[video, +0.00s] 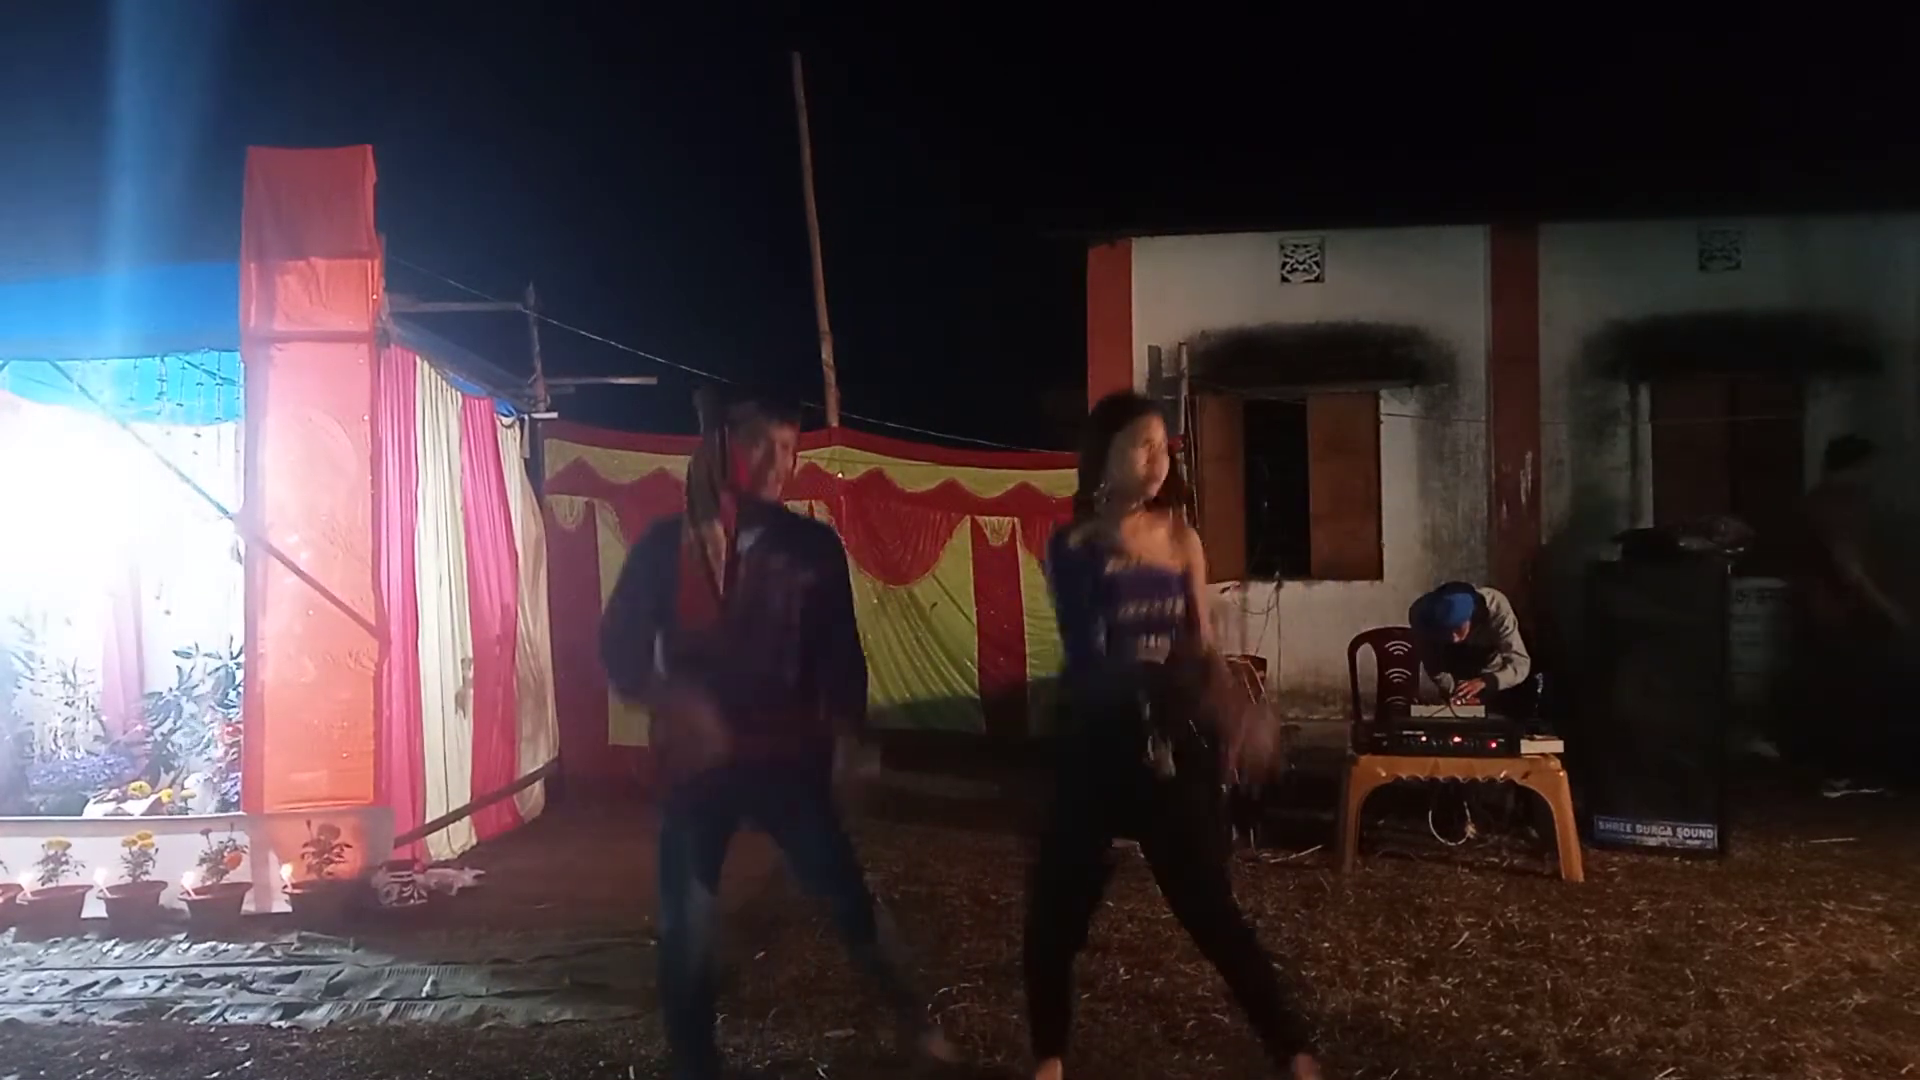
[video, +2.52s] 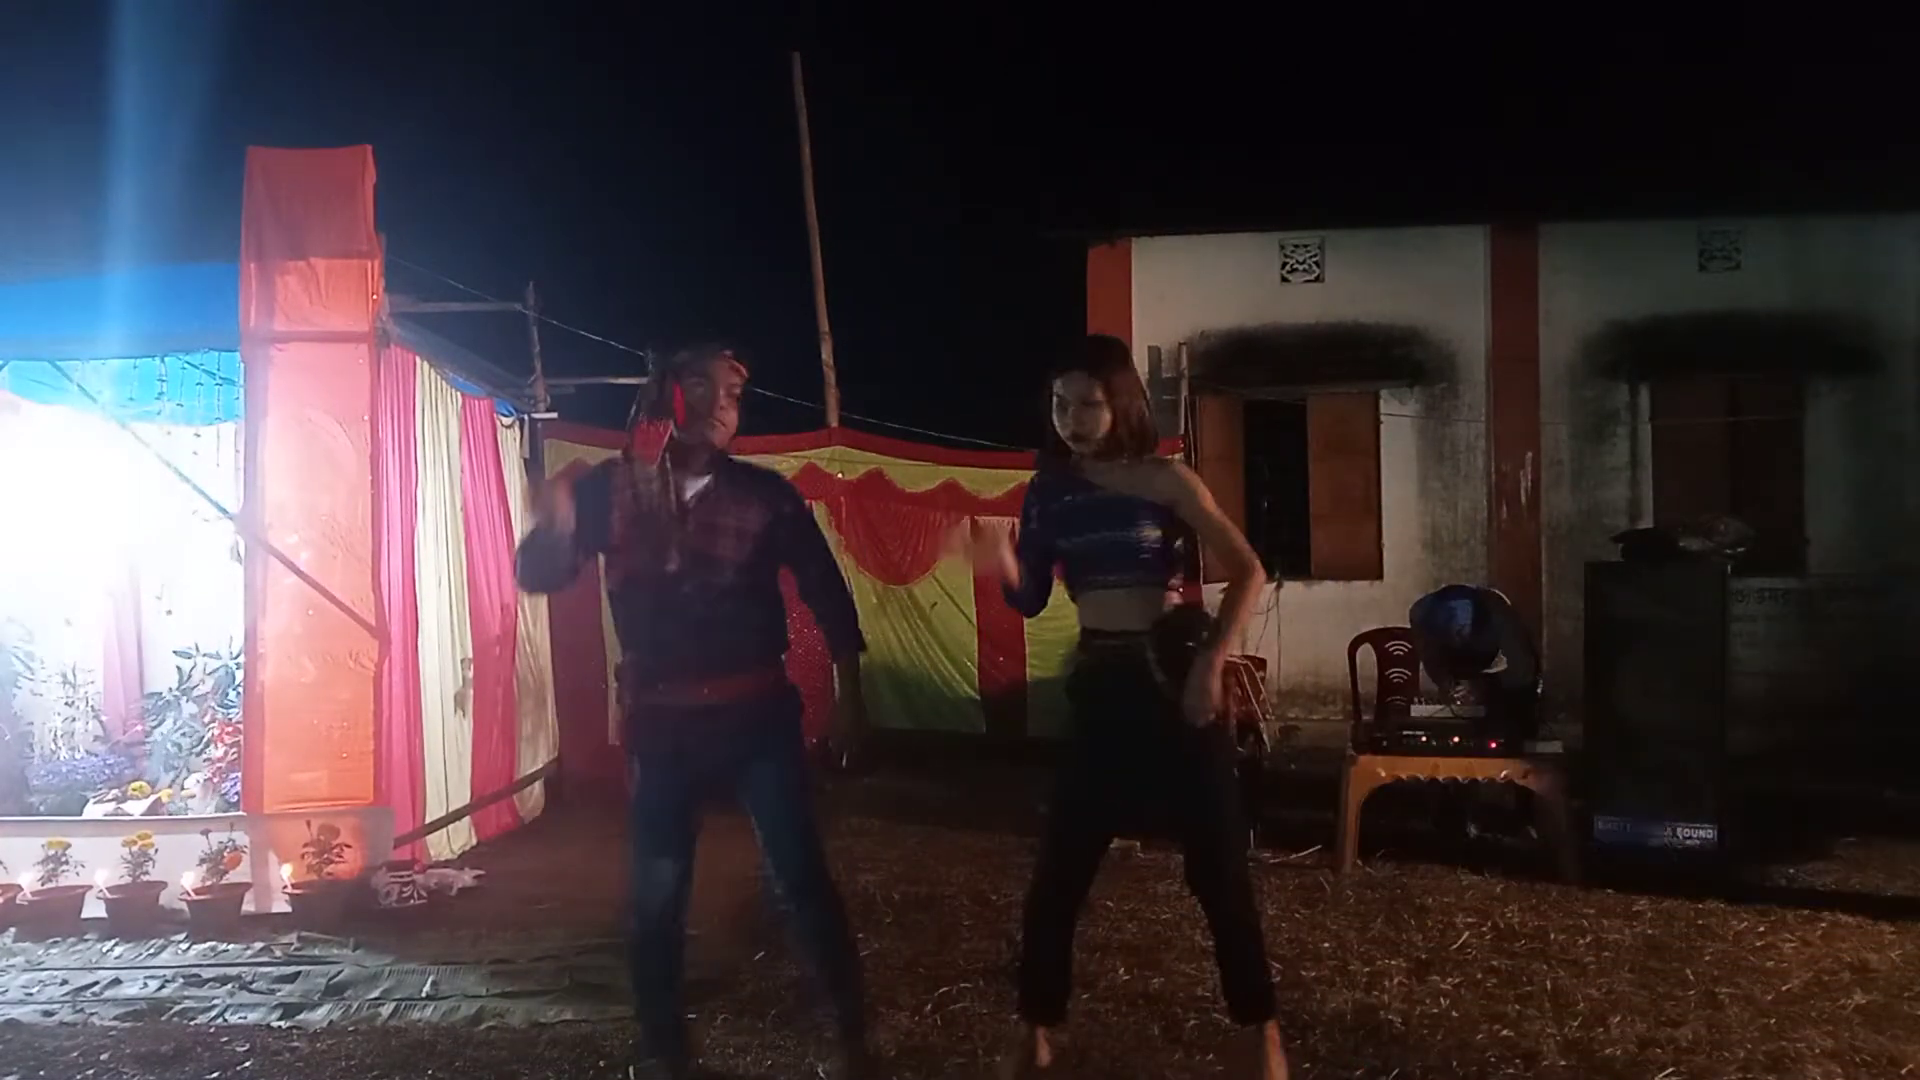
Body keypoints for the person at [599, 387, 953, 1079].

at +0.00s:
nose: (778, 464)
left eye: (787, 450)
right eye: (764, 447)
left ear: (791, 457)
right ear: (725, 448)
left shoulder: (814, 544)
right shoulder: (669, 542)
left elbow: (841, 648)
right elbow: (622, 643)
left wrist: (849, 732)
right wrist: (664, 693)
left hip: (789, 761)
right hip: (699, 764)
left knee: (848, 900)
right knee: (685, 925)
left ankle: (917, 1019)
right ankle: (692, 1062)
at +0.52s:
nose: (769, 442)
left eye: (771, 429)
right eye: (749, 430)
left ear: (775, 447)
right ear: (703, 446)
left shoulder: (774, 542)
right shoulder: (686, 511)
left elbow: (831, 600)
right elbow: (731, 571)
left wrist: (868, 628)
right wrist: (833, 610)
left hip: (671, 751)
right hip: (592, 747)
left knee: (738, 907)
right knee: (572, 919)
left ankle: (756, 1065)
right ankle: (528, 1066)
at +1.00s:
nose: (744, 444)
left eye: (754, 432)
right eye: (731, 428)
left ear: (763, 440)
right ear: (691, 429)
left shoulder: (781, 507)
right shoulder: (640, 516)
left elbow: (845, 589)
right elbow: (577, 618)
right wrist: (616, 551)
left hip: (775, 730)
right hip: (683, 734)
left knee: (796, 889)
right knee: (653, 895)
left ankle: (797, 1045)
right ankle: (610, 1050)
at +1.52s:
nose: (742, 463)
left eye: (754, 448)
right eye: (728, 446)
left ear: (762, 445)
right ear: (690, 438)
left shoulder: (781, 498)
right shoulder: (641, 513)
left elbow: (827, 564)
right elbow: (568, 580)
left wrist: (738, 563)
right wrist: (530, 563)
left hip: (819, 715)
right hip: (729, 734)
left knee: (876, 870)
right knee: (716, 899)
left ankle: (927, 1016)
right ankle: (722, 1058)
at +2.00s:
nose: (748, 423)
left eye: (755, 409)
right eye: (730, 409)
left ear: (763, 422)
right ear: (688, 421)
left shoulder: (787, 514)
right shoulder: (634, 500)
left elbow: (835, 597)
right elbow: (535, 559)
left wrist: (815, 677)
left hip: (732, 727)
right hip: (634, 727)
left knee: (770, 881)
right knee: (611, 895)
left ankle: (780, 1045)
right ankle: (594, 1049)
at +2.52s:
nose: (738, 408)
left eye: (739, 394)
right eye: (727, 392)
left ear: (715, 402)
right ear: (680, 395)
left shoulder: (767, 495)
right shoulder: (609, 491)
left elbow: (827, 592)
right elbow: (538, 576)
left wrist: (848, 680)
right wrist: (553, 523)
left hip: (759, 718)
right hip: (663, 724)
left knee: (802, 881)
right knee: (655, 898)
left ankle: (850, 1036)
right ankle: (661, 1052)